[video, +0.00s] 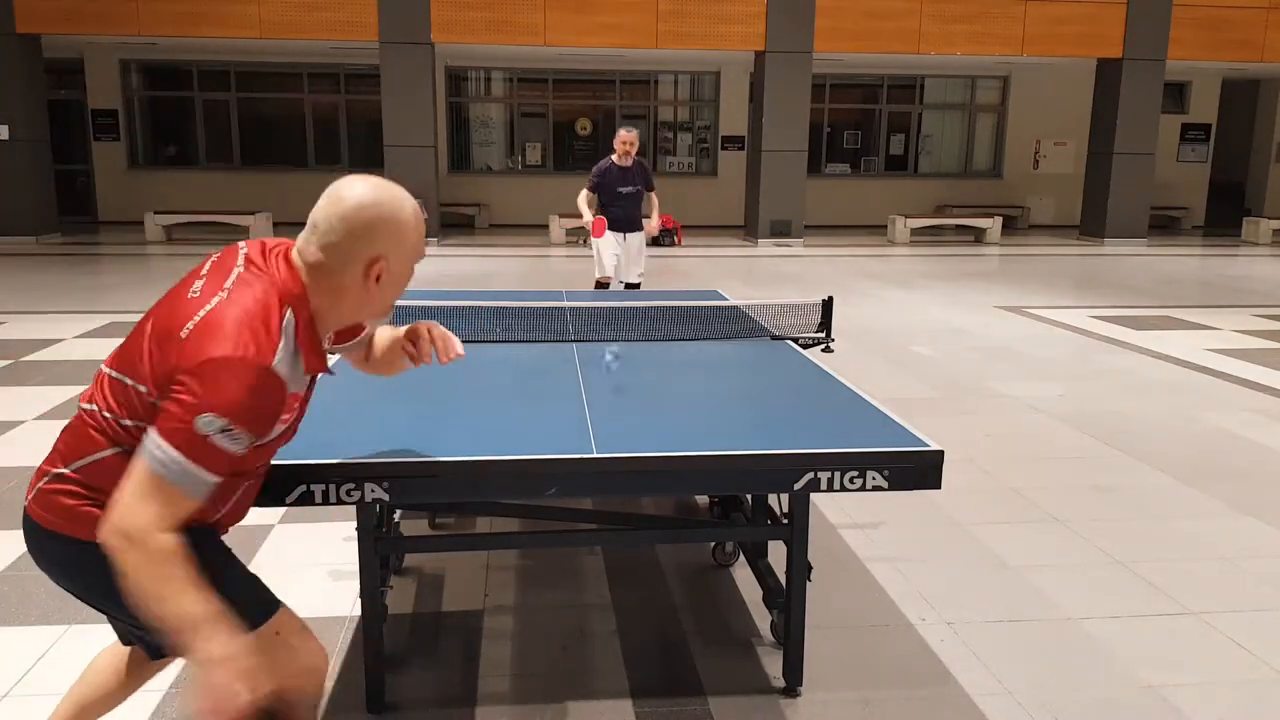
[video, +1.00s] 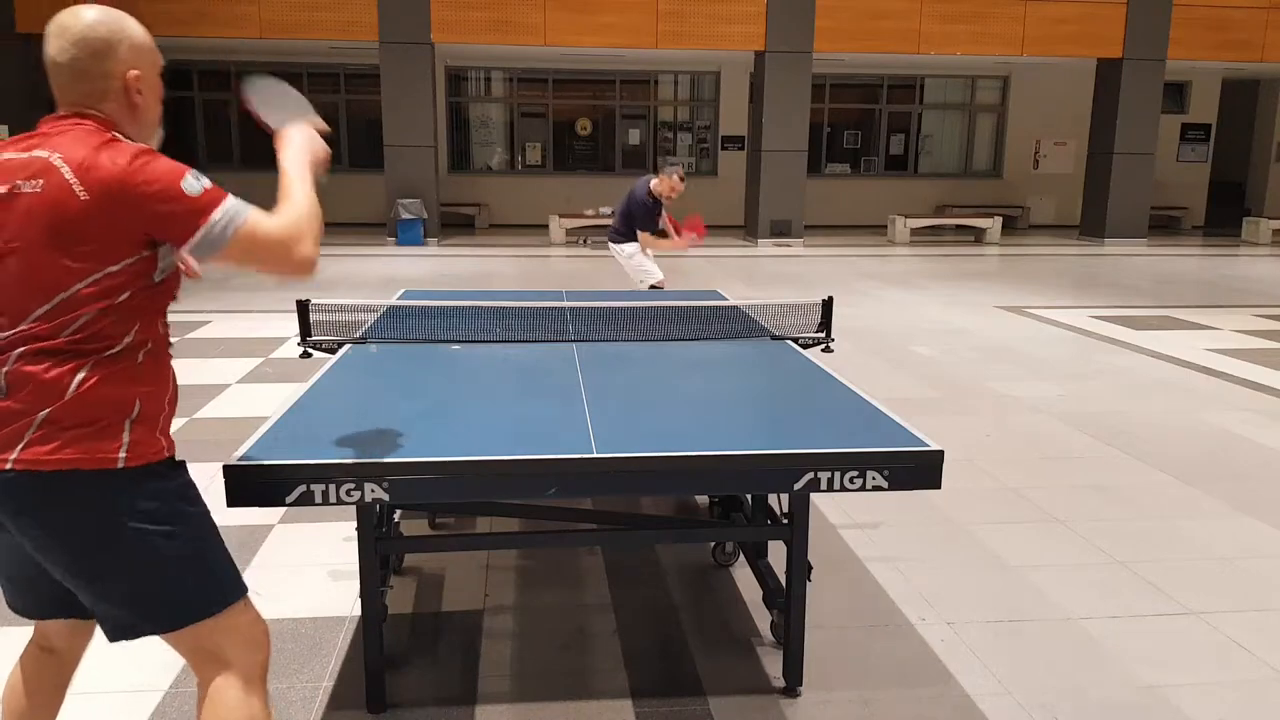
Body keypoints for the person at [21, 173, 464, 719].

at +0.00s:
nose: (409, 279)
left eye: (412, 264)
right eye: (410, 264)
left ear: (320, 236)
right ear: (377, 273)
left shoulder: (285, 268)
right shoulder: (244, 358)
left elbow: (370, 351)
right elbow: (132, 529)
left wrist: (407, 343)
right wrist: (219, 655)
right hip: (94, 525)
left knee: (159, 640)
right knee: (299, 669)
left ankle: (65, 715)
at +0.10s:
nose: (394, 289)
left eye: (397, 275)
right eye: (394, 276)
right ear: (351, 284)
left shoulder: (267, 265)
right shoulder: (212, 371)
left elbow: (315, 306)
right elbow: (69, 513)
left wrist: (372, 321)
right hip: (110, 530)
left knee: (159, 649)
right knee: (285, 664)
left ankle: (56, 717)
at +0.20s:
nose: (356, 270)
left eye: (362, 259)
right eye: (352, 258)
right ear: (309, 257)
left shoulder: (241, 243)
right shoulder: (186, 353)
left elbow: (298, 248)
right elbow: (58, 497)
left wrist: (352, 283)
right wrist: (4, 652)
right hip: (116, 524)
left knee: (142, 651)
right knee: (280, 662)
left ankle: (51, 715)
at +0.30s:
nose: (326, 186)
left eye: (325, 170)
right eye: (316, 172)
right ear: (255, 189)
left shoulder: (161, 195)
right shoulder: (188, 291)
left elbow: (226, 208)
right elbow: (160, 474)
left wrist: (283, 229)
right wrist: (227, 590)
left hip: (66, 479)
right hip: (109, 500)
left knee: (122, 636)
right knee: (263, 652)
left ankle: (37, 714)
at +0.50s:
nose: (210, 95)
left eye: (209, 79)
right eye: (202, 79)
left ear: (94, 78)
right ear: (159, 86)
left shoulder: (17, 161)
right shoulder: (149, 154)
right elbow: (309, 89)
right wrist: (267, 7)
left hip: (28, 459)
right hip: (132, 467)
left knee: (72, 628)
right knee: (230, 656)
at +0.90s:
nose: (125, 87)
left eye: (122, 72)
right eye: (119, 72)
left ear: (26, 82)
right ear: (92, 79)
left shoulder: (3, 152)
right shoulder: (107, 160)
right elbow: (279, 200)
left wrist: (140, 228)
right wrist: (254, 105)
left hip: (13, 464)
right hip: (105, 461)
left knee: (52, 639)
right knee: (230, 652)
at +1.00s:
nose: (160, 94)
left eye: (159, 80)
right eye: (157, 79)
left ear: (64, 83)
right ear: (131, 84)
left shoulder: (9, 163)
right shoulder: (131, 172)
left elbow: (57, 288)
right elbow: (295, 250)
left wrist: (164, 264)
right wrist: (298, 153)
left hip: (17, 467)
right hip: (105, 468)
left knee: (55, 638)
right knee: (234, 653)